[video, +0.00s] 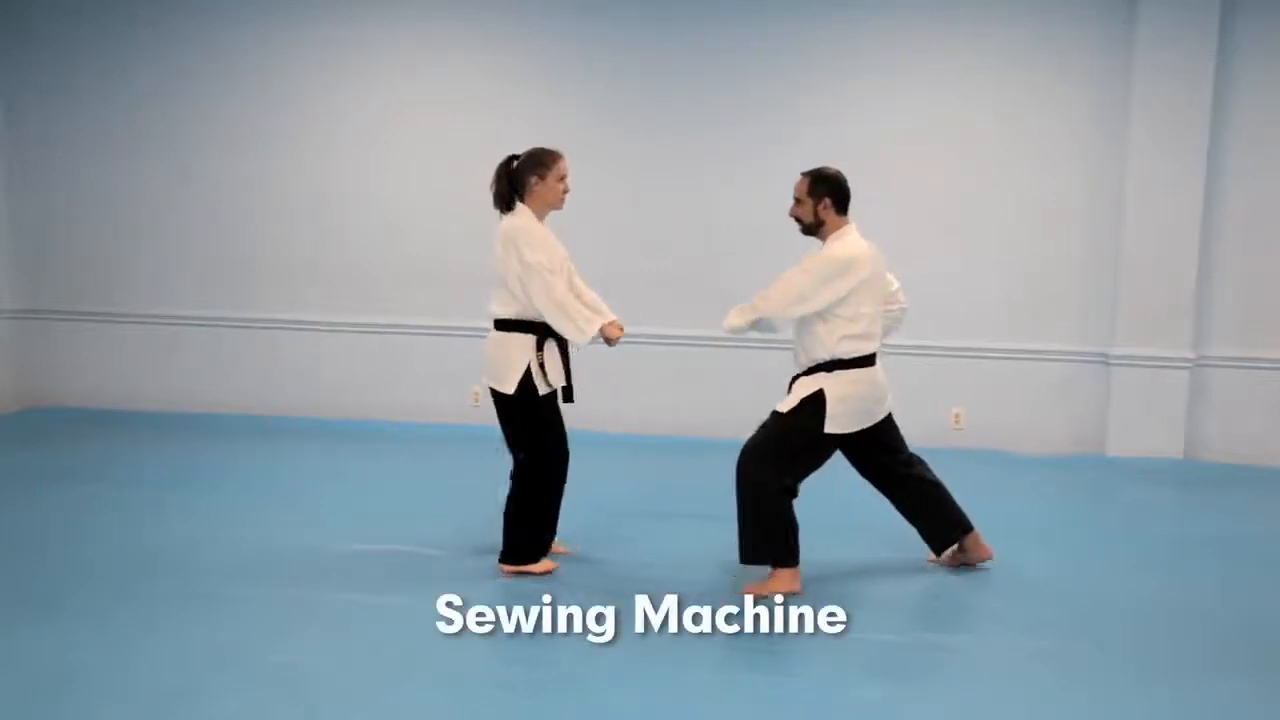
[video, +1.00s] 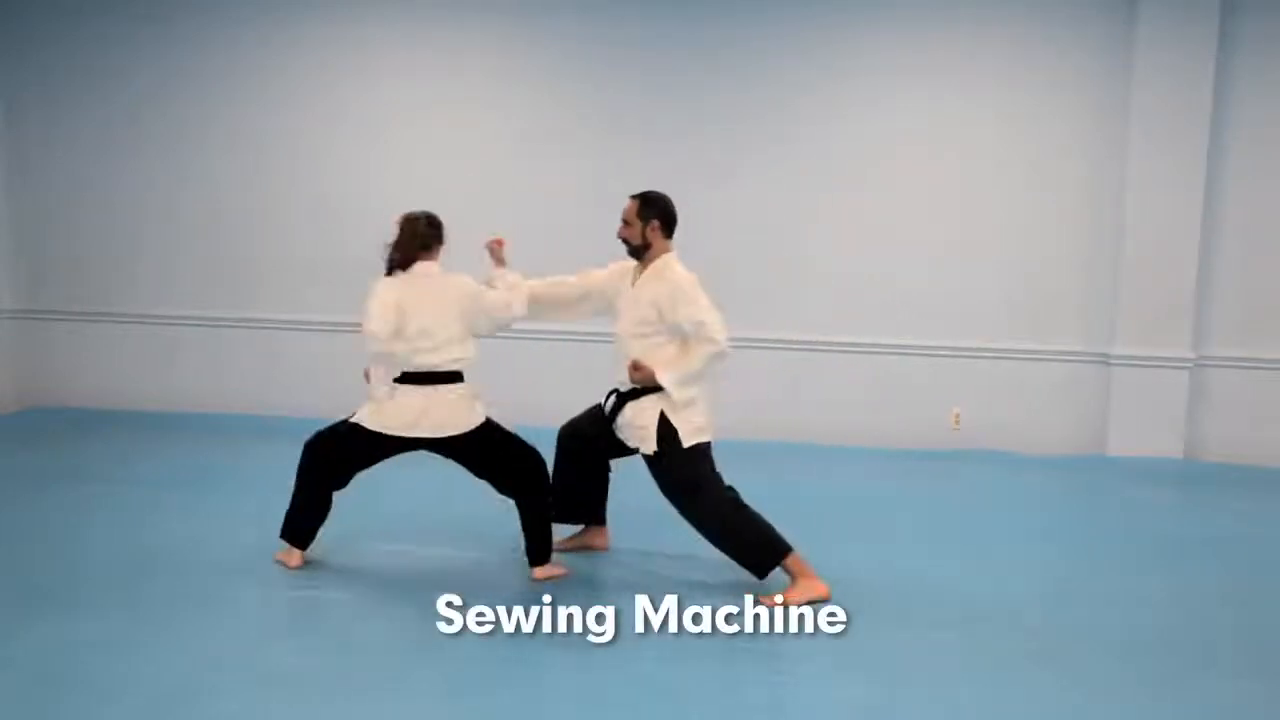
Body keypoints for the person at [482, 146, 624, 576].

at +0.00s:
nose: (568, 187)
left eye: (567, 180)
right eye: (561, 180)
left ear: (538, 183)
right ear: (536, 182)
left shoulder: (536, 228)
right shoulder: (521, 229)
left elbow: (570, 281)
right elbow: (549, 293)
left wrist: (603, 317)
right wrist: (595, 327)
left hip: (534, 353)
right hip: (519, 355)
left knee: (549, 452)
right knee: (542, 455)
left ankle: (537, 539)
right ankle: (518, 556)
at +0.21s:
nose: (589, 215)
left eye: (589, 206)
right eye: (585, 206)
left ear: (558, 204)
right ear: (564, 204)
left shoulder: (529, 233)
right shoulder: (540, 235)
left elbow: (554, 295)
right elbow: (564, 278)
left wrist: (594, 317)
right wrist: (615, 271)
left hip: (480, 360)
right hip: (493, 366)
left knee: (508, 457)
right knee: (529, 459)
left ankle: (516, 549)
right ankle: (524, 562)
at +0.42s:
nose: (560, 221)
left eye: (560, 213)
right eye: (556, 213)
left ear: (541, 217)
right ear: (535, 215)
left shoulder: (534, 259)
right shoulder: (501, 245)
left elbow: (538, 311)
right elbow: (495, 223)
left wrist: (535, 340)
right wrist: (515, 199)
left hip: (462, 373)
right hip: (474, 377)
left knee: (409, 455)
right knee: (531, 465)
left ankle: (340, 512)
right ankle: (522, 562)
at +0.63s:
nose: (495, 230)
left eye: (495, 222)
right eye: (493, 222)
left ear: (449, 223)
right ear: (478, 224)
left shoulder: (414, 265)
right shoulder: (475, 263)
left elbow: (395, 321)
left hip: (400, 393)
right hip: (455, 398)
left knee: (354, 466)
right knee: (527, 458)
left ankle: (306, 547)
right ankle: (527, 553)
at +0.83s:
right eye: (441, 238)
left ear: (398, 243)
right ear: (440, 242)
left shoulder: (384, 284)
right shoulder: (465, 284)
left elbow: (368, 334)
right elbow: (517, 300)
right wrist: (508, 259)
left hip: (393, 413)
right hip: (454, 415)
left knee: (321, 453)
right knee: (524, 468)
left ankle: (294, 549)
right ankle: (542, 562)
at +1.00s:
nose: (397, 241)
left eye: (400, 237)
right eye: (438, 240)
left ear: (401, 244)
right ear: (440, 246)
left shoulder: (387, 288)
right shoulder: (460, 288)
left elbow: (378, 338)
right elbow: (509, 309)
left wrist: (374, 376)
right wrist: (501, 268)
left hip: (395, 416)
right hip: (455, 417)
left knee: (321, 452)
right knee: (528, 468)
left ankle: (294, 549)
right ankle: (541, 563)